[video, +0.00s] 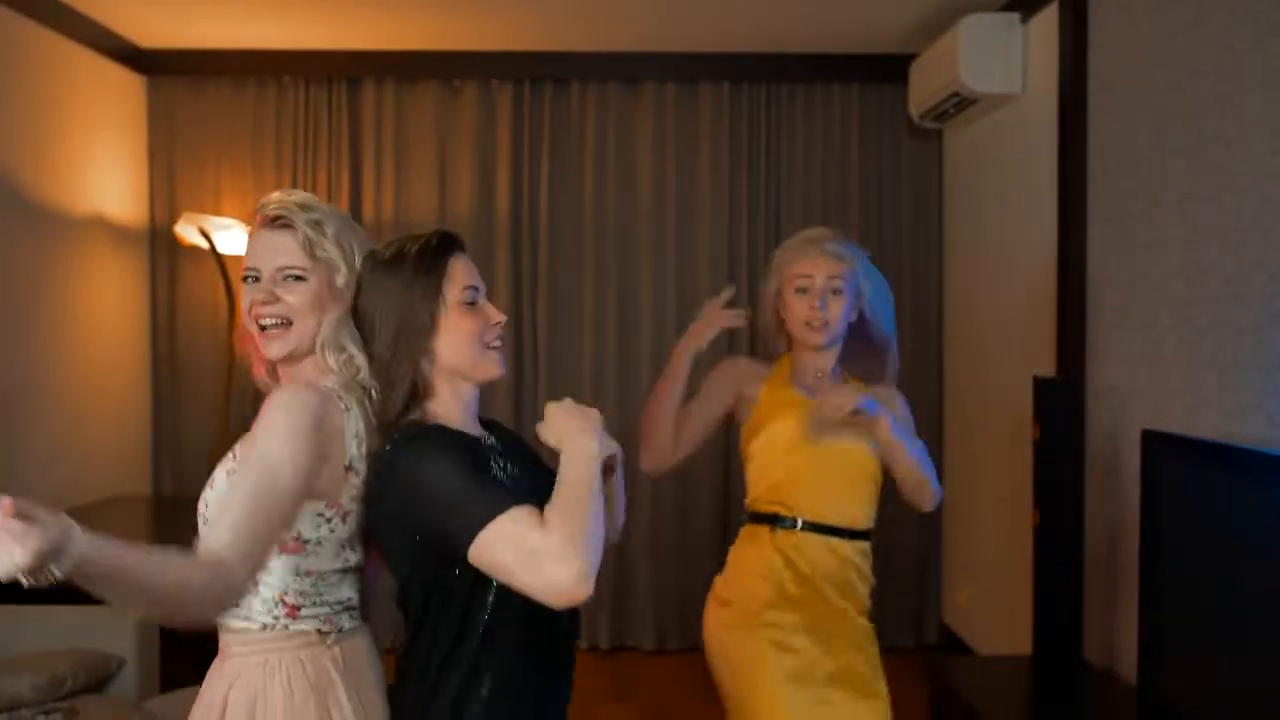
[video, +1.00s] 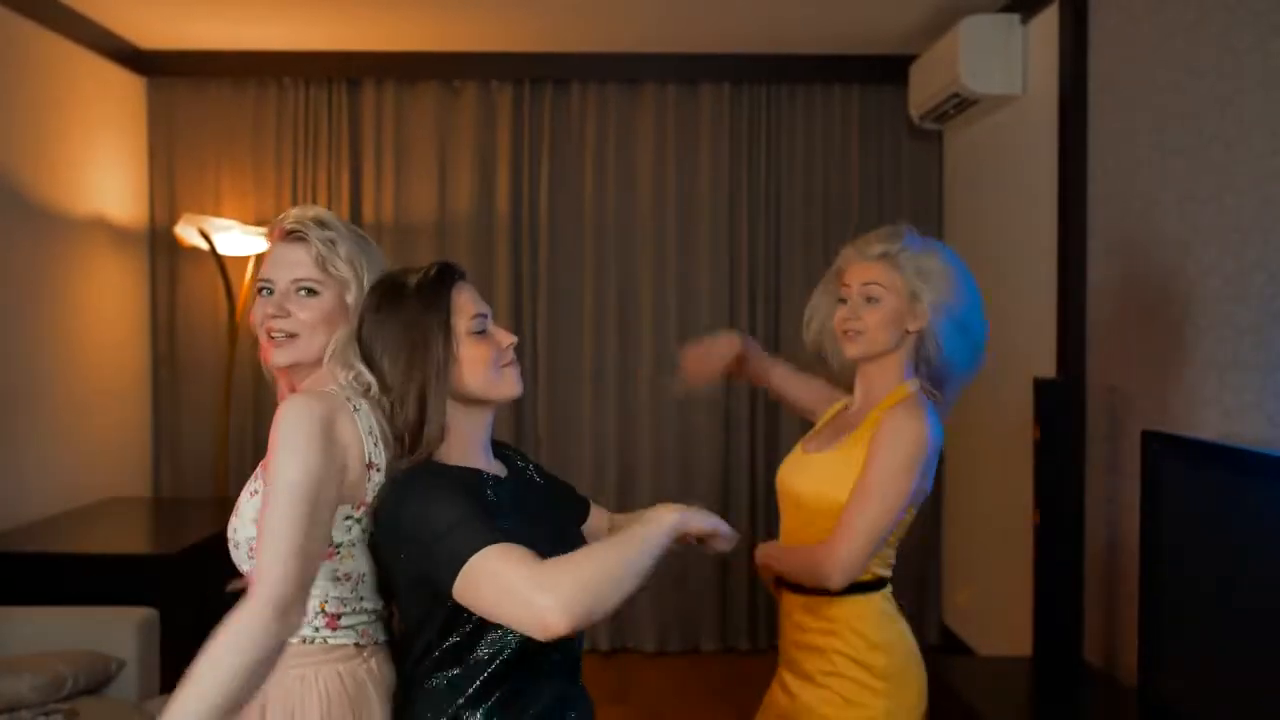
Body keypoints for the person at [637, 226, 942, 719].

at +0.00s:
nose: (818, 305)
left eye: (835, 291)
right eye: (802, 290)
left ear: (856, 306)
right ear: (779, 303)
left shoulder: (880, 398)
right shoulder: (744, 378)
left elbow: (926, 496)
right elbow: (656, 457)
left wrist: (876, 417)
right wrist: (687, 348)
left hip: (841, 604)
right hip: (757, 599)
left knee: (865, 709)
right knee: (779, 709)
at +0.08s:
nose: (813, 311)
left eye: (830, 298)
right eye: (798, 297)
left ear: (851, 314)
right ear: (774, 310)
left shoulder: (885, 402)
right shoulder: (738, 397)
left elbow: (923, 501)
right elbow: (666, 465)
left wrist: (854, 442)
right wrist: (682, 355)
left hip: (841, 614)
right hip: (752, 610)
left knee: (854, 710)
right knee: (758, 711)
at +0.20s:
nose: (808, 332)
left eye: (824, 319)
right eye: (793, 318)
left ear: (846, 335)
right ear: (770, 332)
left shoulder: (885, 415)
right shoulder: (733, 432)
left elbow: (913, 521)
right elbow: (677, 491)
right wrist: (682, 379)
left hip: (838, 641)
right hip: (744, 637)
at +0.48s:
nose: (813, 342)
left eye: (833, 330)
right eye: (799, 328)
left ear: (857, 348)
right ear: (780, 344)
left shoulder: (896, 432)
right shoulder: (755, 443)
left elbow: (888, 555)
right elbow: (674, 448)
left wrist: (764, 561)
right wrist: (700, 364)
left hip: (834, 659)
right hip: (741, 651)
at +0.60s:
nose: (829, 306)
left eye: (850, 293)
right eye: (815, 293)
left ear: (879, 309)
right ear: (799, 309)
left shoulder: (905, 397)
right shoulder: (770, 405)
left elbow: (879, 526)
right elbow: (657, 405)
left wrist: (755, 529)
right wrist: (700, 303)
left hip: (842, 633)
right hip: (754, 625)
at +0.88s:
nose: (844, 296)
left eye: (867, 281)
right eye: (835, 282)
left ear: (909, 300)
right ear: (824, 298)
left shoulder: (914, 393)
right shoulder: (815, 386)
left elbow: (859, 525)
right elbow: (697, 355)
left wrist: (762, 522)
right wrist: (695, 301)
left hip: (855, 639)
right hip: (786, 634)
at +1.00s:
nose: (848, 313)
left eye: (871, 298)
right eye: (843, 300)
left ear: (917, 316)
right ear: (832, 310)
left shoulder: (908, 420)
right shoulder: (847, 408)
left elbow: (836, 565)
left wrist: (768, 555)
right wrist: (736, 351)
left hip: (859, 669)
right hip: (803, 660)